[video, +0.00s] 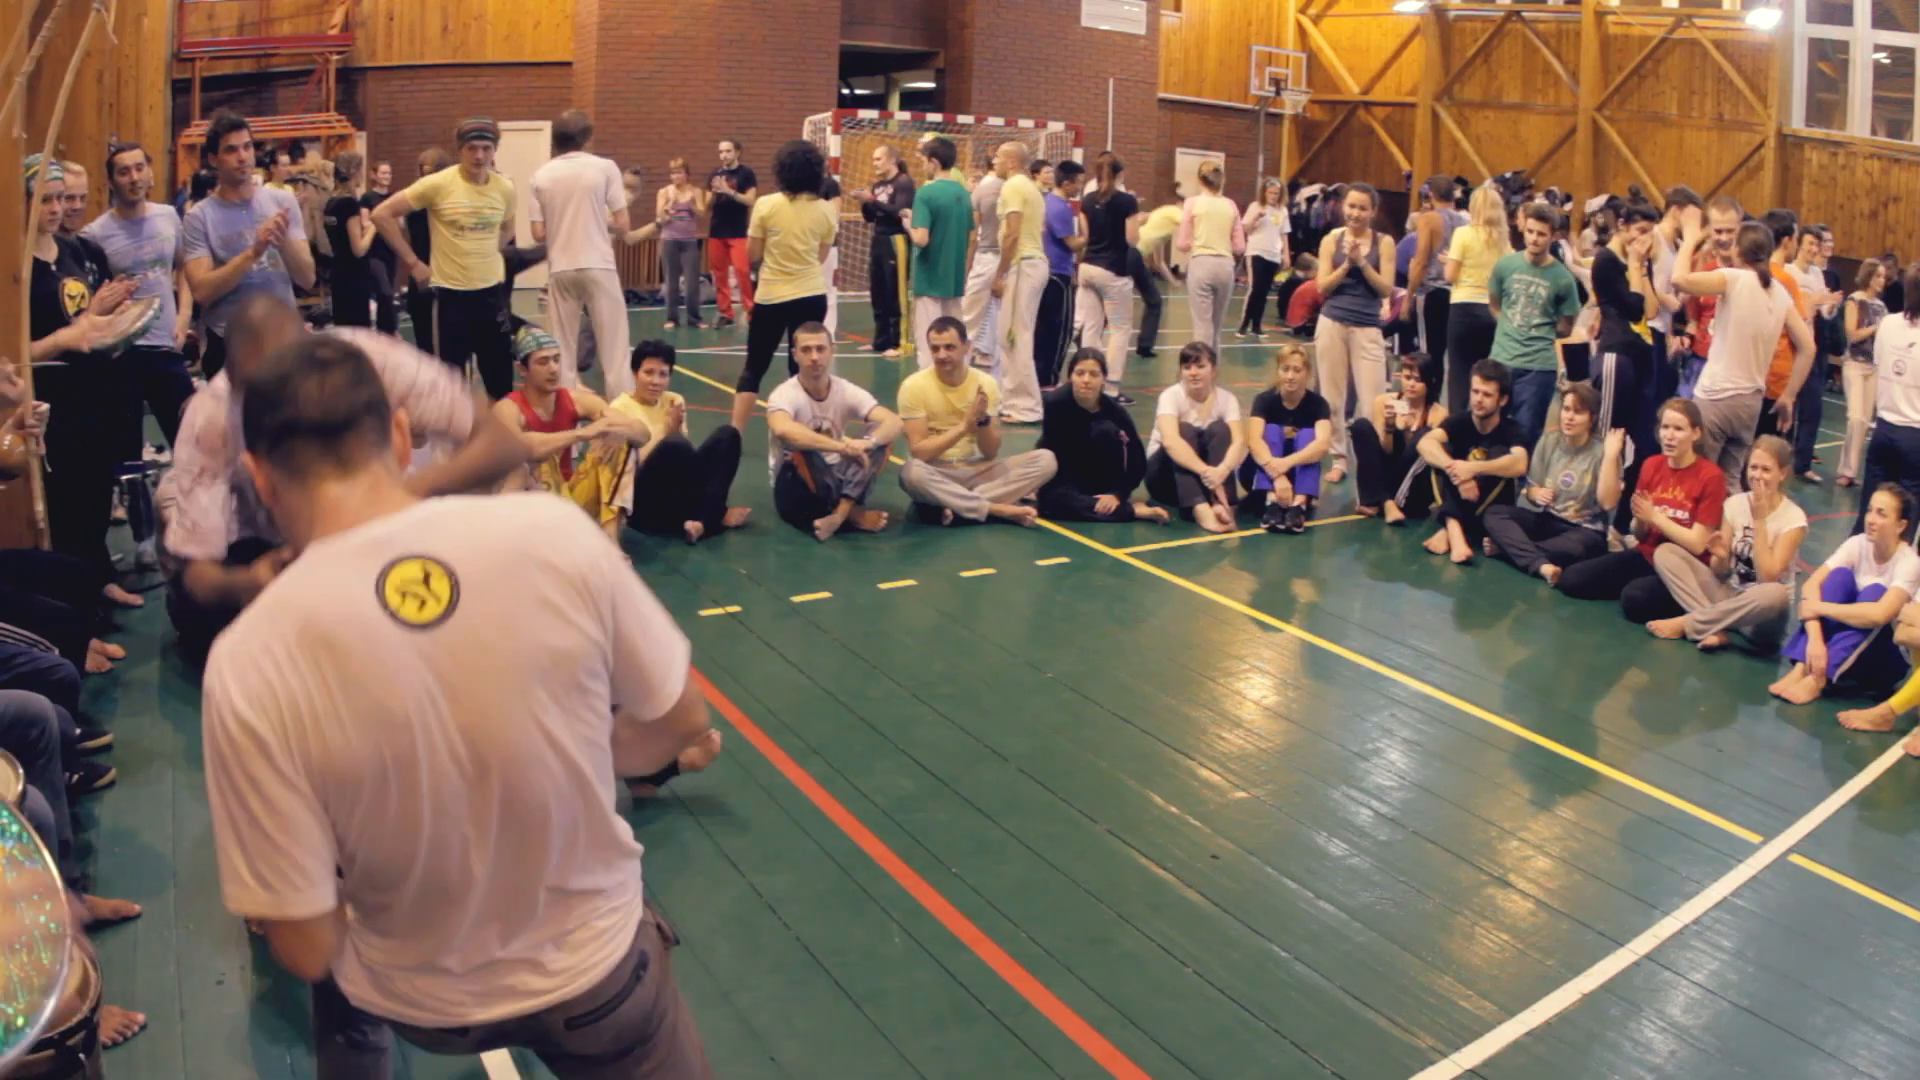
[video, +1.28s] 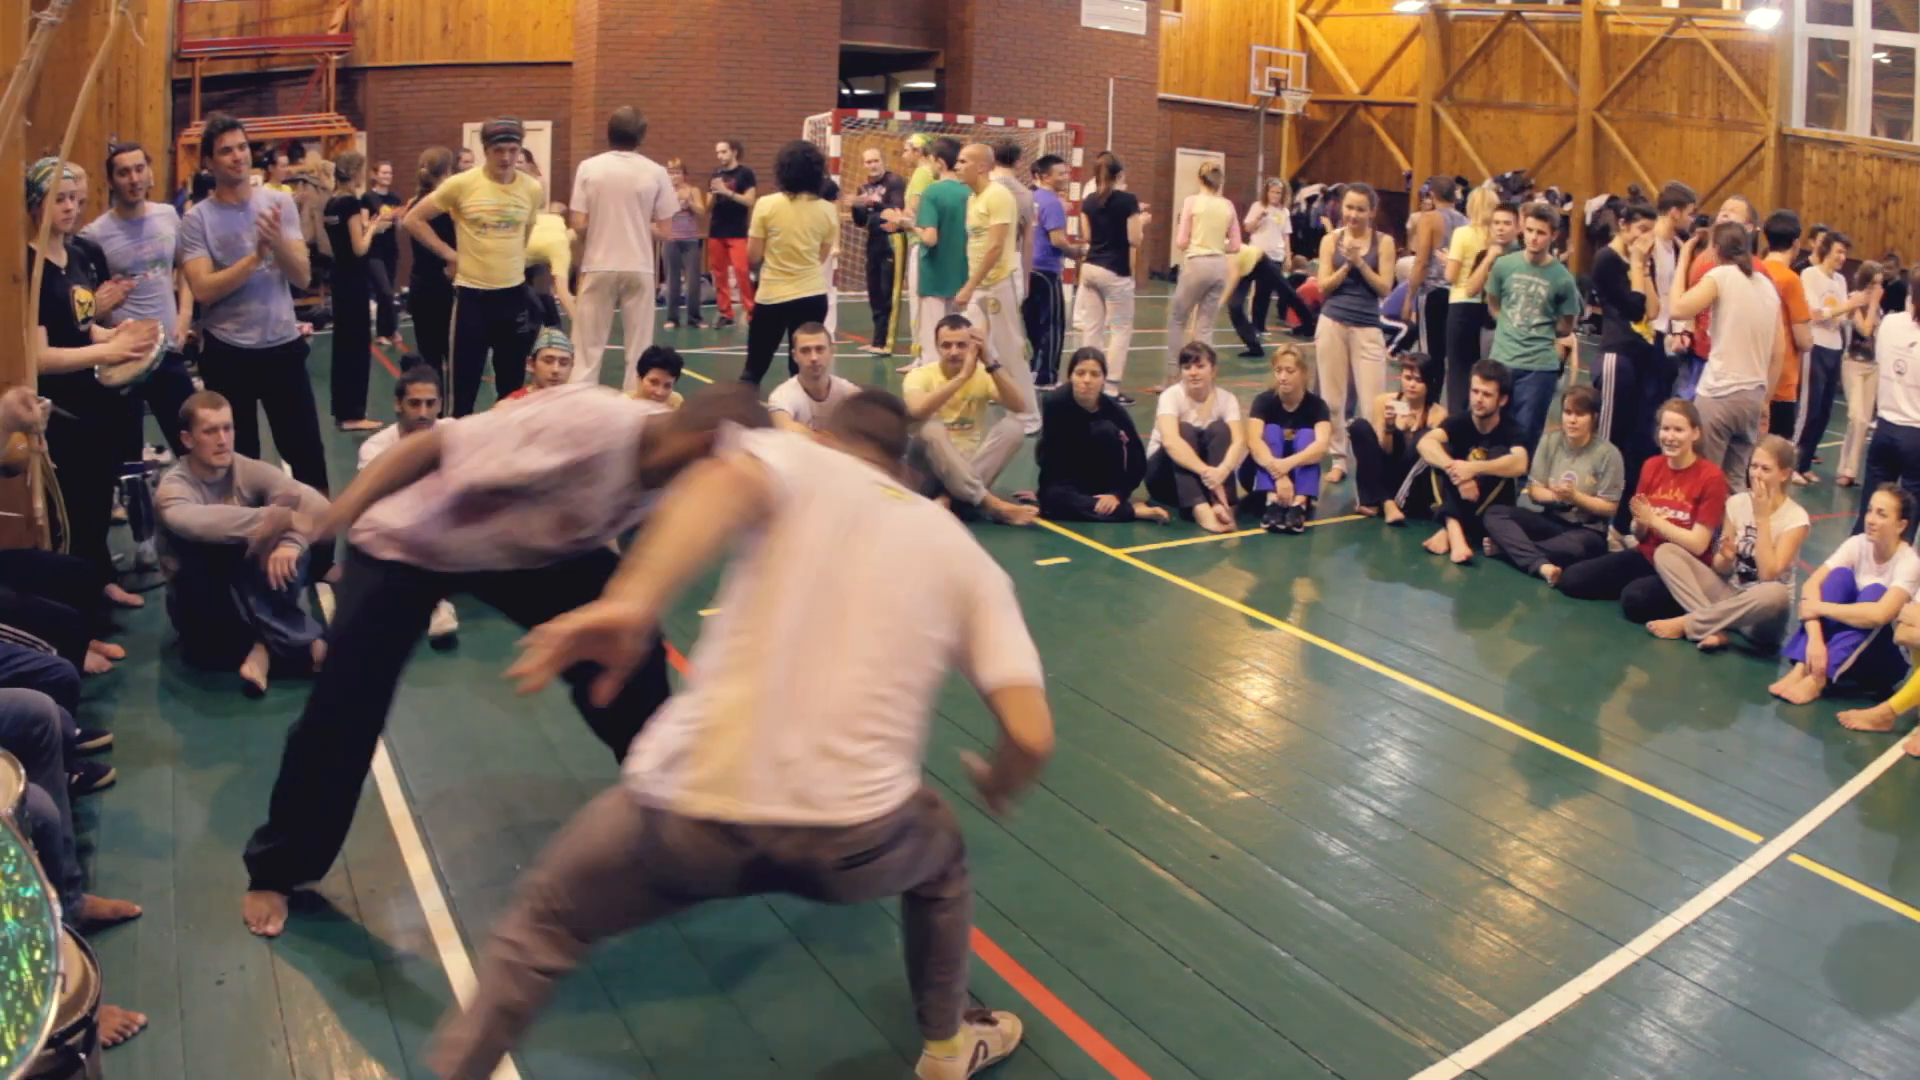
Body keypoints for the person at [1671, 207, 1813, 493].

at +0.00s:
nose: (1728, 250)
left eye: (1732, 244)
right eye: (1728, 243)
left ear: (1740, 250)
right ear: (1767, 253)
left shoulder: (1731, 278)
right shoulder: (1781, 294)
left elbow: (1681, 279)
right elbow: (1807, 347)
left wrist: (1690, 238)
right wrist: (1788, 396)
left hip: (1716, 394)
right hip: (1753, 398)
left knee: (1701, 476)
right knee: (1732, 479)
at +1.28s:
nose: (1709, 252)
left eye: (1710, 248)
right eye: (1711, 248)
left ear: (1716, 250)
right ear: (1746, 249)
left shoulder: (1719, 277)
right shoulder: (1768, 286)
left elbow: (1678, 308)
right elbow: (1779, 351)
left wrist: (1684, 258)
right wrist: (1766, 398)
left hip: (1718, 392)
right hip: (1755, 393)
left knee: (1705, 477)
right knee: (1737, 479)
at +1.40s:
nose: (1706, 252)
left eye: (1708, 246)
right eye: (1707, 246)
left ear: (1714, 249)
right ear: (1743, 248)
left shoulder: (1717, 279)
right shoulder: (1764, 283)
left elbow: (1691, 330)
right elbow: (1772, 343)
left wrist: (1679, 297)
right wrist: (1761, 383)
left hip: (1719, 391)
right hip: (1755, 391)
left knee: (1706, 476)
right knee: (1738, 476)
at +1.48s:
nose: (1705, 252)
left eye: (1707, 246)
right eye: (1707, 246)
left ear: (1714, 250)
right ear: (1743, 248)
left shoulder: (1714, 279)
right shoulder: (1764, 284)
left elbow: (1701, 337)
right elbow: (1773, 344)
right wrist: (1758, 377)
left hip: (1718, 390)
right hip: (1755, 391)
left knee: (1706, 476)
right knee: (1738, 476)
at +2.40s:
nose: (1700, 251)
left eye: (1702, 245)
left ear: (1707, 249)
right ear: (1740, 248)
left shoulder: (1708, 280)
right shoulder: (1757, 281)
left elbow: (1699, 340)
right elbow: (1767, 338)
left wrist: (1687, 345)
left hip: (1719, 390)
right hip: (1756, 389)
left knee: (1708, 480)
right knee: (1744, 482)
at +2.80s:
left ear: (1714, 246)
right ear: (1746, 244)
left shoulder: (1711, 281)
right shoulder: (1760, 280)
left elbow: (1693, 342)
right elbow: (1768, 340)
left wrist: (1712, 353)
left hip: (1720, 390)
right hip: (1760, 392)